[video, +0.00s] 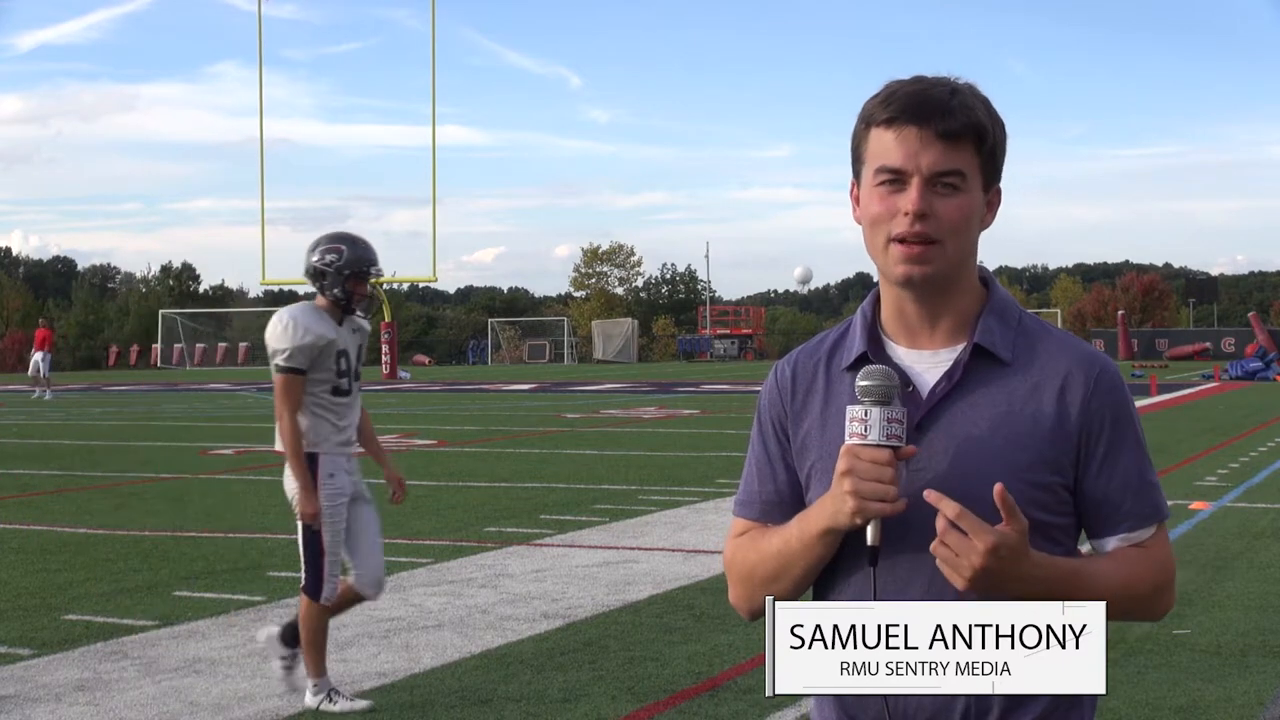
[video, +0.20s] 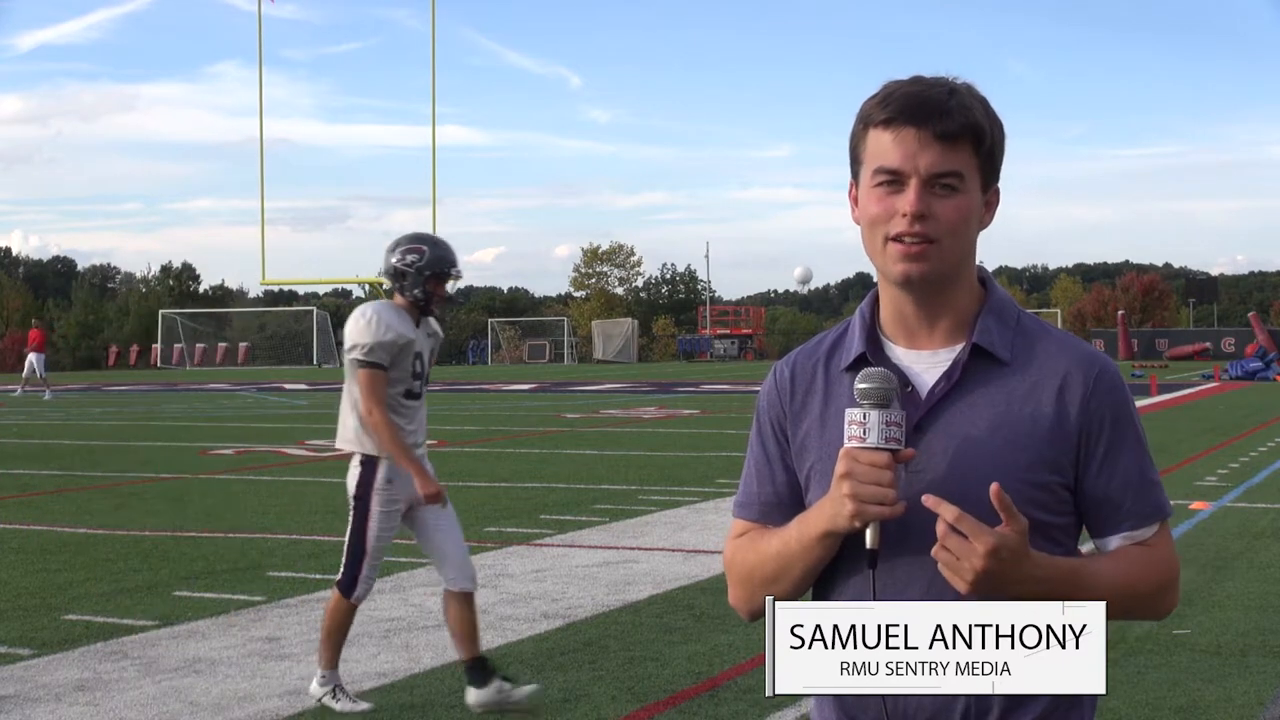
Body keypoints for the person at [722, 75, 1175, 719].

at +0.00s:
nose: (914, 207)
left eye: (946, 183)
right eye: (890, 182)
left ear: (989, 204)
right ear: (858, 202)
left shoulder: (1078, 381)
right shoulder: (796, 383)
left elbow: (1153, 581)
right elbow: (745, 587)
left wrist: (1030, 575)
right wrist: (830, 514)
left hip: (1028, 707)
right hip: (849, 708)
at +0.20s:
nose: (912, 208)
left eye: (944, 184)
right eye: (888, 182)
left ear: (988, 204)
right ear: (855, 202)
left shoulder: (1078, 381)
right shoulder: (795, 384)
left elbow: (1156, 580)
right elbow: (744, 588)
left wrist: (1033, 576)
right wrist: (829, 516)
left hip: (1028, 708)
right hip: (848, 708)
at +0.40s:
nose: (909, 208)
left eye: (942, 185)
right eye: (887, 182)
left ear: (986, 205)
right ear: (855, 202)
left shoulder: (1076, 380)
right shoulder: (795, 384)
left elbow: (1151, 585)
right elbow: (743, 590)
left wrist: (1032, 571)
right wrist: (824, 516)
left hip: (1028, 707)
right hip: (849, 708)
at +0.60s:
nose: (911, 205)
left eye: (943, 182)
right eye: (887, 180)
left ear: (986, 204)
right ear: (855, 203)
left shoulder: (1077, 380)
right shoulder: (795, 383)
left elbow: (1153, 596)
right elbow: (739, 589)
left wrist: (1048, 521)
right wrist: (812, 500)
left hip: (1030, 705)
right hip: (851, 707)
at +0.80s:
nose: (911, 201)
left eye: (943, 179)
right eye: (887, 177)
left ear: (987, 203)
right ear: (856, 203)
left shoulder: (1076, 376)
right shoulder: (797, 380)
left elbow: (1153, 598)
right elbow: (738, 588)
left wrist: (1059, 488)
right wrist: (805, 488)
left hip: (1025, 704)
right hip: (851, 705)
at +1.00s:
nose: (911, 201)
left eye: (942, 179)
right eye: (887, 178)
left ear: (986, 202)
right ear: (855, 204)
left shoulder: (1078, 378)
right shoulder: (798, 381)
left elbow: (1153, 593)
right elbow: (737, 585)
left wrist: (1038, 537)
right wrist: (810, 498)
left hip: (1027, 706)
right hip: (849, 706)